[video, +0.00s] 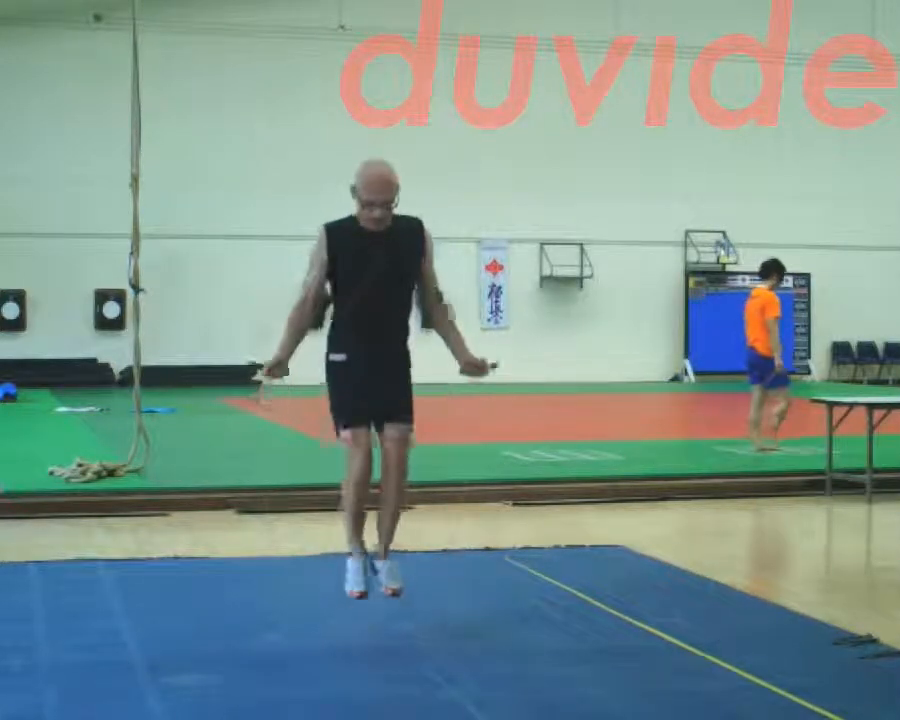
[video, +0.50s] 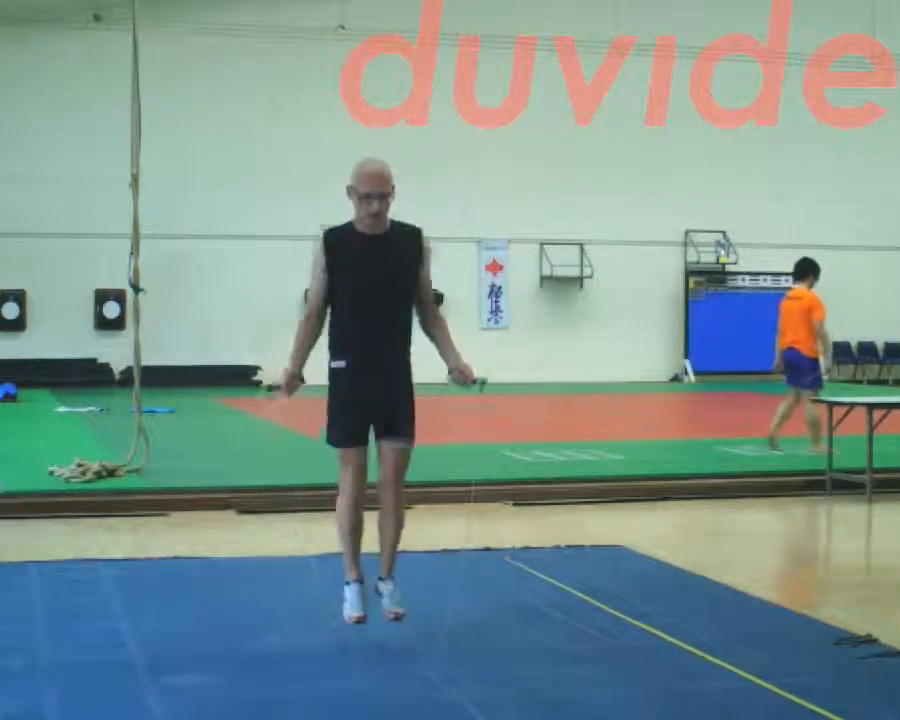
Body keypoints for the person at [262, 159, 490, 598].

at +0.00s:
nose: (379, 213)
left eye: (386, 205)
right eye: (370, 205)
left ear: (396, 198)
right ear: (355, 197)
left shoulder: (415, 235)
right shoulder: (332, 237)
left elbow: (433, 304)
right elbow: (309, 302)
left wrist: (464, 357)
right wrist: (282, 355)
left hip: (392, 354)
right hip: (347, 355)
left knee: (397, 446)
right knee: (359, 447)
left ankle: (384, 556)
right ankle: (355, 554)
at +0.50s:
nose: (375, 206)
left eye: (383, 197)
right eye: (367, 198)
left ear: (393, 195)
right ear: (351, 196)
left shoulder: (413, 242)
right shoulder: (332, 243)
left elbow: (428, 309)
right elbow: (314, 312)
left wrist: (453, 358)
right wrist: (294, 366)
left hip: (395, 372)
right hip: (349, 372)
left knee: (394, 474)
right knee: (353, 474)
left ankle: (386, 579)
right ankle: (352, 580)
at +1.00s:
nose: (378, 222)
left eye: (385, 213)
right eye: (369, 214)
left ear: (394, 215)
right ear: (353, 216)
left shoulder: (414, 264)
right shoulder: (334, 267)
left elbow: (429, 330)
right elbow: (313, 334)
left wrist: (457, 383)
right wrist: (289, 392)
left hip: (397, 391)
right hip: (351, 392)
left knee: (393, 493)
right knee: (352, 496)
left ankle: (387, 602)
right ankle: (351, 603)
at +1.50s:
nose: (377, 256)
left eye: (384, 248)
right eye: (369, 248)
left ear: (396, 251)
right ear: (355, 251)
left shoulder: (418, 303)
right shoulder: (336, 306)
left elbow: (433, 365)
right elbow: (320, 368)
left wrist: (465, 395)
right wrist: (301, 408)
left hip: (399, 420)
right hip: (354, 421)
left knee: (396, 521)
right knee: (366, 523)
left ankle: (389, 614)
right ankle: (363, 615)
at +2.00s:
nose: (374, 249)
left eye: (382, 240)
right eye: (366, 240)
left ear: (396, 243)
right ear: (355, 242)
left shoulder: (415, 294)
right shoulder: (333, 294)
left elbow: (427, 358)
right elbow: (318, 358)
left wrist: (466, 382)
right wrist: (302, 391)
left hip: (395, 417)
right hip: (348, 417)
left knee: (393, 520)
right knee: (359, 521)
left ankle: (382, 615)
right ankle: (348, 614)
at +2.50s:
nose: (369, 222)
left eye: (378, 213)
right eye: (361, 213)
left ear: (393, 215)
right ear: (350, 215)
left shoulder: (414, 263)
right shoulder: (331, 264)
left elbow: (427, 329)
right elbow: (311, 328)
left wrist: (462, 369)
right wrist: (289, 379)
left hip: (393, 388)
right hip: (345, 388)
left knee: (392, 496)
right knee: (357, 495)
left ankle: (385, 593)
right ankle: (354, 596)